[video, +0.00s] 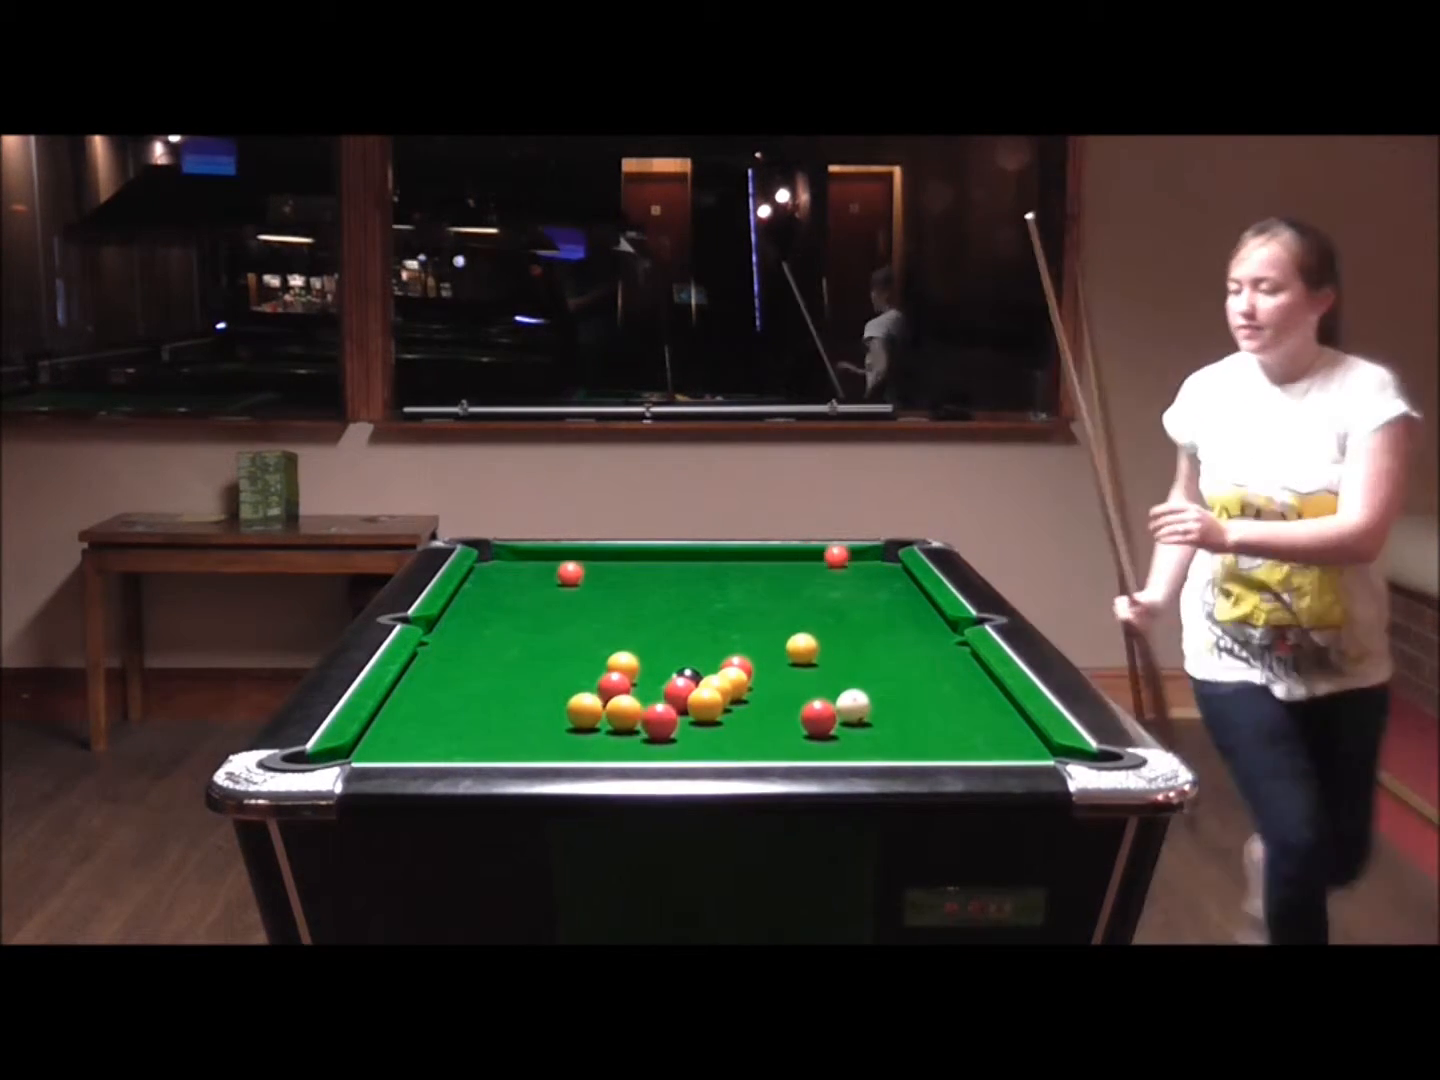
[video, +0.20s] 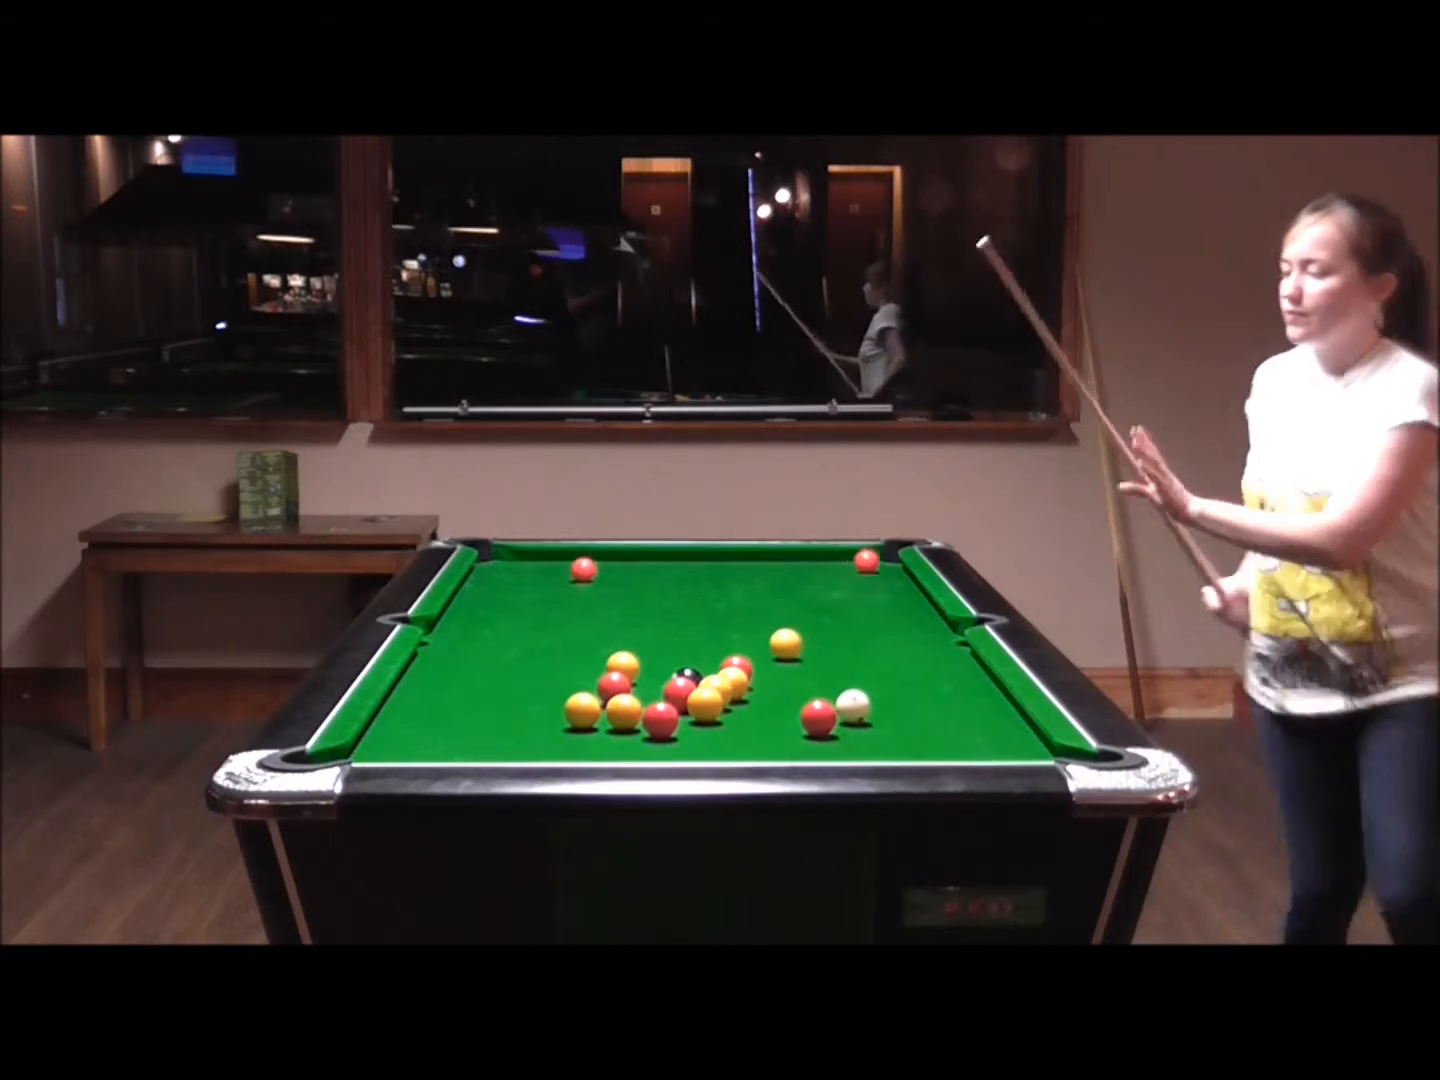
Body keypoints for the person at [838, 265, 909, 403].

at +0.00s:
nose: (872, 297)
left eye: (874, 292)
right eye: (872, 292)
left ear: (885, 293)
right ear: (890, 293)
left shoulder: (877, 326)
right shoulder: (904, 321)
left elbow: (880, 368)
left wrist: (867, 398)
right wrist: (857, 372)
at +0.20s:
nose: (864, 288)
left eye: (868, 284)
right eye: (866, 284)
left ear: (881, 288)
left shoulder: (886, 315)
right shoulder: (880, 315)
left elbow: (898, 358)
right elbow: (868, 361)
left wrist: (878, 392)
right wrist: (833, 356)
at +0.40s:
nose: (854, 295)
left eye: (859, 290)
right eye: (855, 291)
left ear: (874, 294)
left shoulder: (889, 322)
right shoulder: (863, 326)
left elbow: (917, 360)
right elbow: (835, 358)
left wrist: (886, 388)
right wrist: (806, 357)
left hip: (894, 402)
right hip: (868, 401)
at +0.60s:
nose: (844, 300)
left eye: (850, 295)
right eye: (845, 295)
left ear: (866, 299)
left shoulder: (889, 324)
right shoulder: (849, 327)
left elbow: (928, 352)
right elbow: (822, 361)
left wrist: (905, 386)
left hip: (887, 400)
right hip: (856, 400)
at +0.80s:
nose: (848, 301)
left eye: (854, 296)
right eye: (847, 296)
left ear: (869, 299)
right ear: (845, 298)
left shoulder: (895, 323)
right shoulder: (847, 328)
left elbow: (935, 340)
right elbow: (823, 364)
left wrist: (924, 383)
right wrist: (800, 382)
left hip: (894, 395)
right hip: (859, 396)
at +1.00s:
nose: (850, 319)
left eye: (856, 314)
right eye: (849, 313)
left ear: (871, 316)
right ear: (848, 315)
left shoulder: (896, 333)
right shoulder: (848, 342)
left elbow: (935, 336)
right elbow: (823, 370)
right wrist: (798, 390)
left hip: (899, 397)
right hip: (867, 399)